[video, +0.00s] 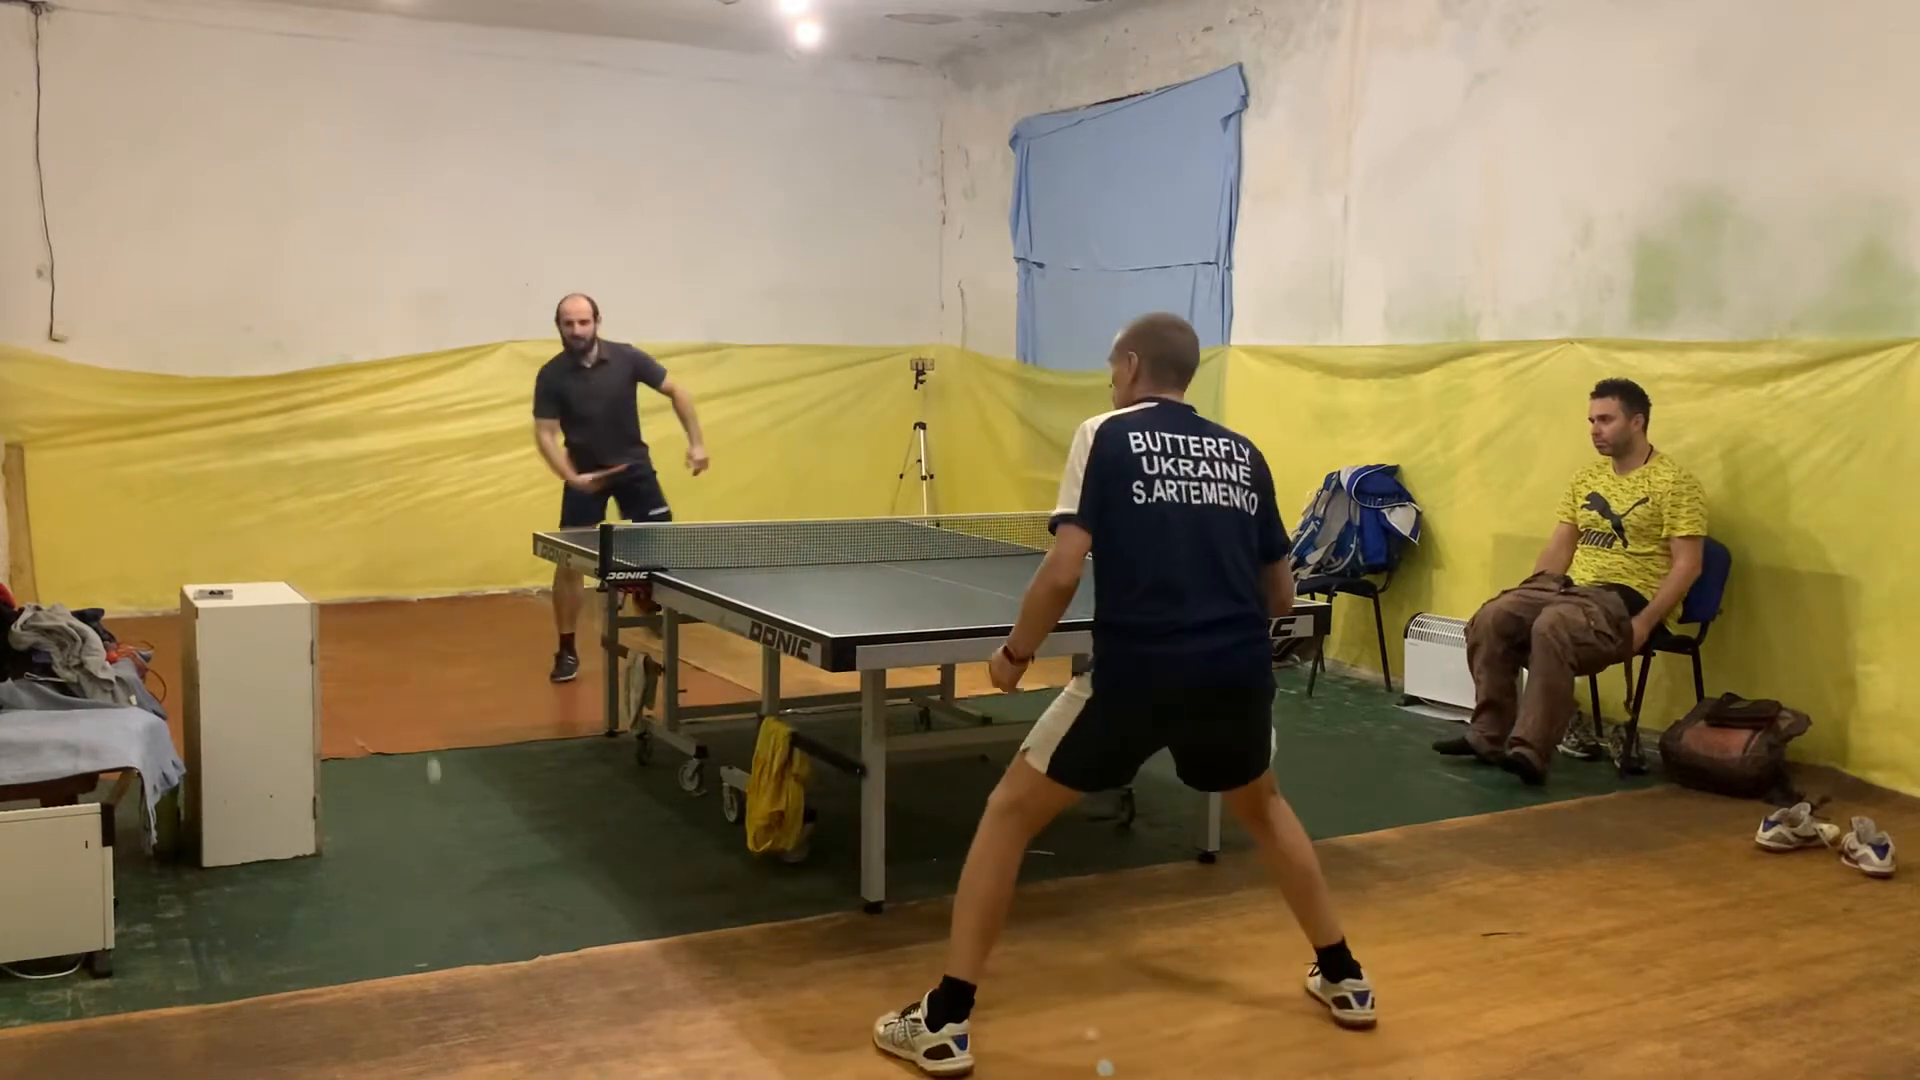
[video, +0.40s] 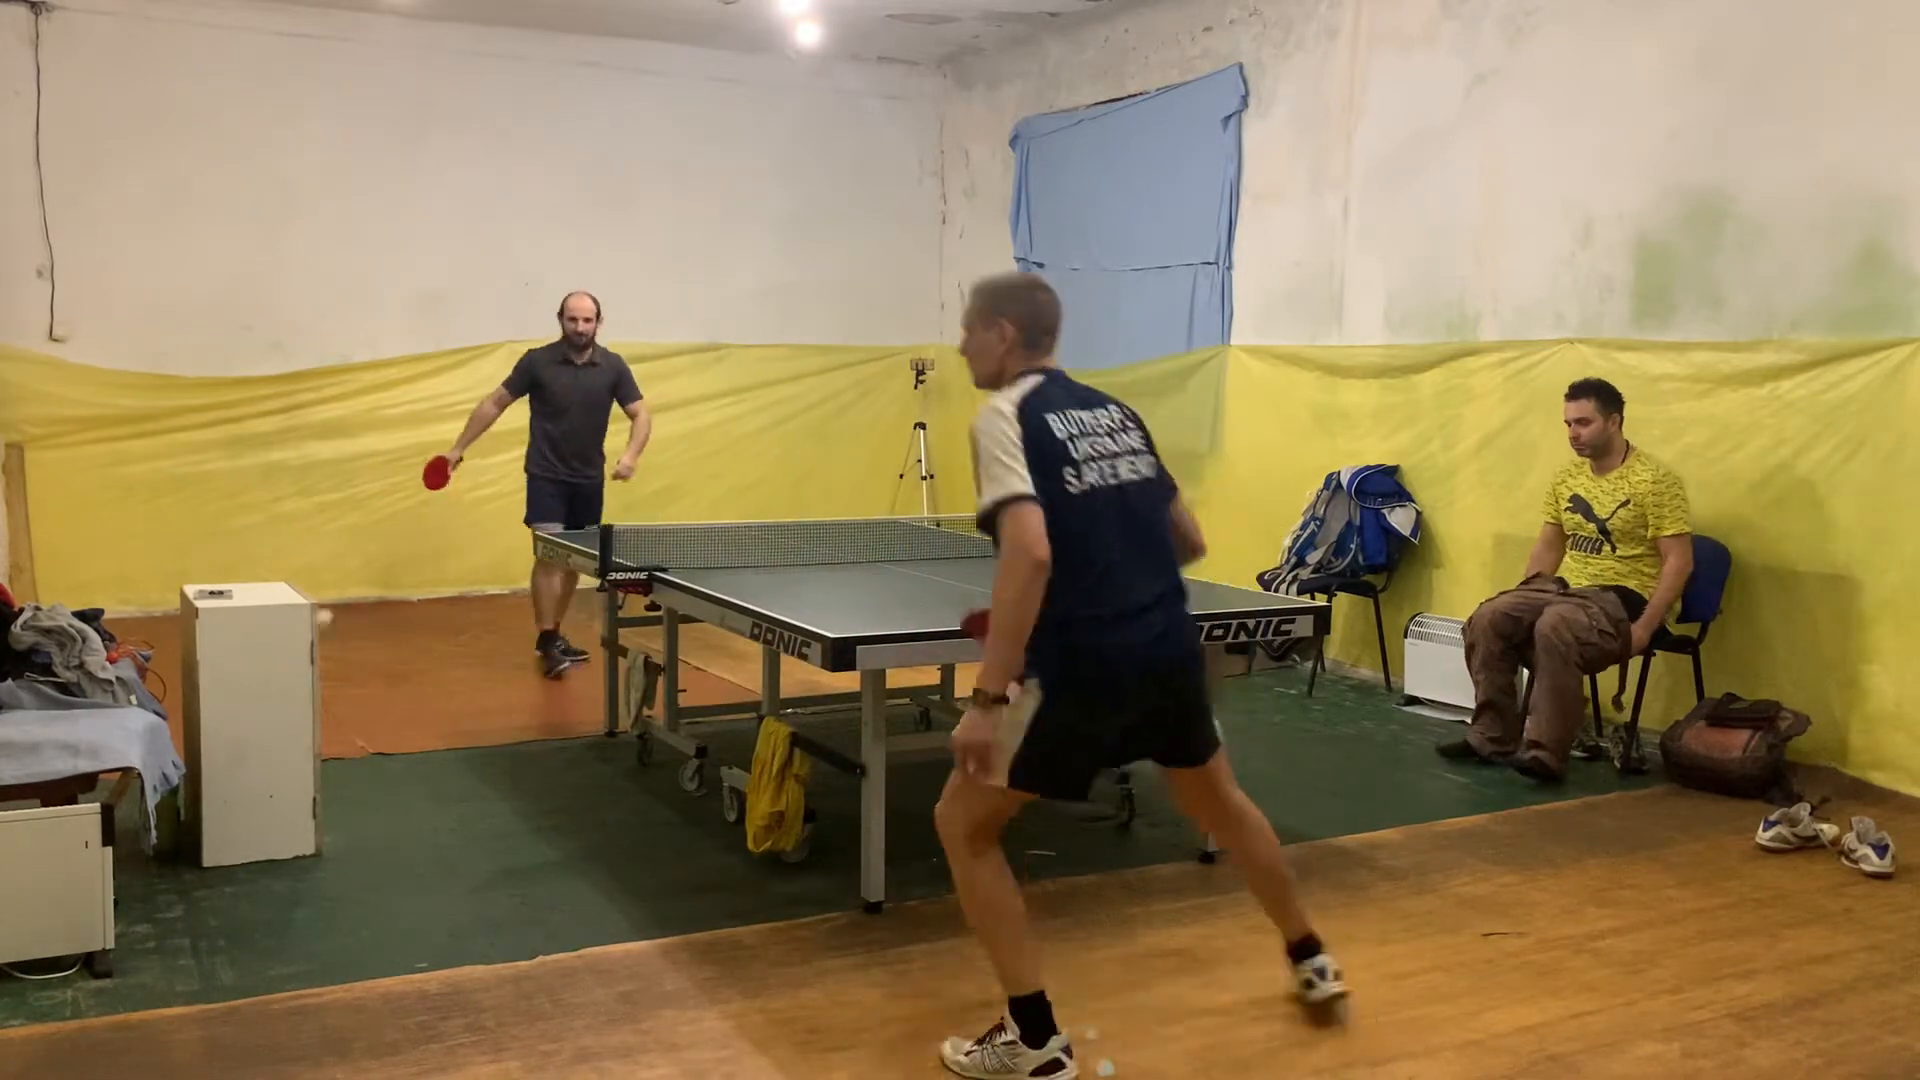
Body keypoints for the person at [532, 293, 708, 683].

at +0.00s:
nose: (577, 330)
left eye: (584, 322)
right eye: (569, 324)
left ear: (597, 323)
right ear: (558, 328)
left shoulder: (626, 358)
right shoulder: (551, 375)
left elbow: (677, 392)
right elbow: (545, 435)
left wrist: (697, 443)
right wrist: (573, 477)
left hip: (633, 467)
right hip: (584, 475)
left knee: (664, 547)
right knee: (569, 562)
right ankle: (566, 651)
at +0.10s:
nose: (571, 332)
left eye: (578, 324)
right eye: (563, 325)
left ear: (591, 326)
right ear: (553, 330)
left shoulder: (619, 364)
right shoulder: (543, 377)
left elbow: (663, 404)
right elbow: (520, 434)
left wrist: (677, 457)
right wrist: (518, 490)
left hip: (619, 482)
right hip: (571, 486)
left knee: (630, 564)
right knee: (567, 566)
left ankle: (599, 606)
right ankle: (568, 650)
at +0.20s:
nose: (572, 329)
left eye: (580, 322)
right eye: (565, 323)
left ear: (593, 324)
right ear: (554, 327)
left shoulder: (617, 365)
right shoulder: (540, 373)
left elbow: (656, 408)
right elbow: (505, 421)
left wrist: (656, 458)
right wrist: (477, 475)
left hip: (607, 482)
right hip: (562, 483)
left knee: (601, 569)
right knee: (566, 564)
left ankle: (557, 624)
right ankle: (569, 651)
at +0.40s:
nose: (581, 326)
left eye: (588, 320)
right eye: (573, 319)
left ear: (598, 323)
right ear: (561, 321)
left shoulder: (612, 367)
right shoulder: (537, 362)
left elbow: (641, 415)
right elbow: (495, 403)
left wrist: (631, 455)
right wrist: (458, 448)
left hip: (589, 477)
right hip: (546, 475)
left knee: (574, 562)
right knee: (549, 556)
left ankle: (554, 634)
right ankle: (546, 640)